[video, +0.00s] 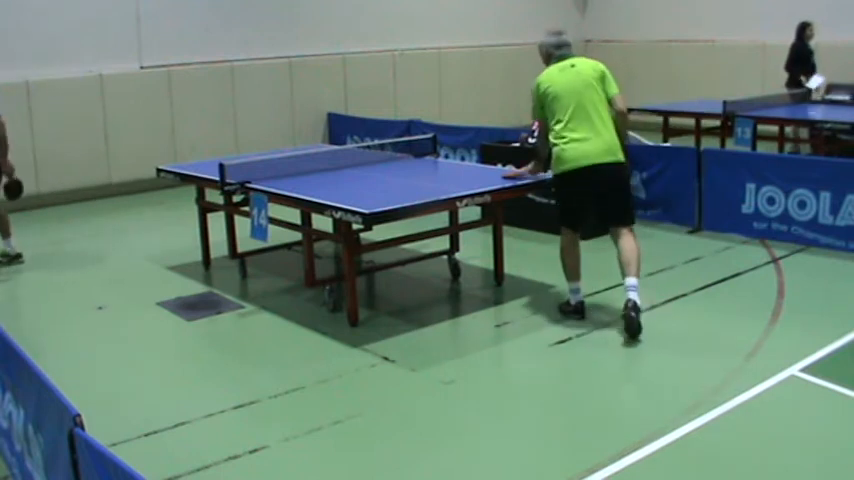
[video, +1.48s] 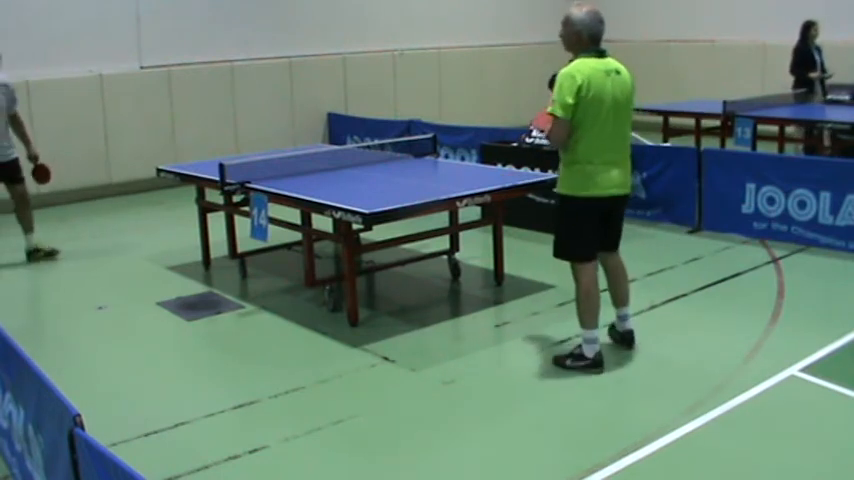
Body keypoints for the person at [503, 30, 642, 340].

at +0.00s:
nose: (540, 61)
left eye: (540, 56)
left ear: (545, 55)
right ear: (570, 49)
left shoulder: (542, 82)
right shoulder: (596, 68)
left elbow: (542, 132)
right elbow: (620, 109)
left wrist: (539, 164)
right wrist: (619, 145)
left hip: (570, 167)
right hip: (610, 161)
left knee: (569, 233)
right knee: (623, 230)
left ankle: (575, 300)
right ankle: (633, 298)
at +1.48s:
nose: (560, 35)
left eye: (562, 30)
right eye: (561, 29)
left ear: (571, 35)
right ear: (599, 35)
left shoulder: (572, 75)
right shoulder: (622, 73)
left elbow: (557, 137)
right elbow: (619, 125)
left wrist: (549, 121)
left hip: (581, 189)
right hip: (617, 185)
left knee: (583, 266)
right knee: (609, 253)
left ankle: (590, 350)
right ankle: (624, 327)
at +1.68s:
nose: (550, 37)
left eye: (553, 32)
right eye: (552, 31)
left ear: (565, 37)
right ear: (588, 36)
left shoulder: (565, 77)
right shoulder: (615, 70)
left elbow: (557, 141)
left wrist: (542, 132)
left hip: (580, 191)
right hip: (617, 186)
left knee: (583, 267)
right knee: (611, 254)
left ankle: (590, 348)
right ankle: (620, 328)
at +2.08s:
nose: (555, 38)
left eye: (557, 33)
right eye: (556, 32)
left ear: (567, 37)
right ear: (594, 36)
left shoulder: (568, 78)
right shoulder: (618, 72)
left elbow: (566, 134)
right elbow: (629, 127)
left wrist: (548, 157)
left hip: (580, 191)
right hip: (616, 188)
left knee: (583, 268)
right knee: (607, 257)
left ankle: (590, 349)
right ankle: (622, 337)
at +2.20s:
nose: (561, 36)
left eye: (563, 31)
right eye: (562, 30)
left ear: (572, 35)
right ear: (599, 35)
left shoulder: (571, 75)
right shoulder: (622, 72)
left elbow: (568, 132)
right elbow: (631, 130)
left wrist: (552, 155)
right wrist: (598, 145)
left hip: (580, 190)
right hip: (617, 187)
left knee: (583, 267)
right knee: (608, 257)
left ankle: (589, 349)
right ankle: (622, 339)